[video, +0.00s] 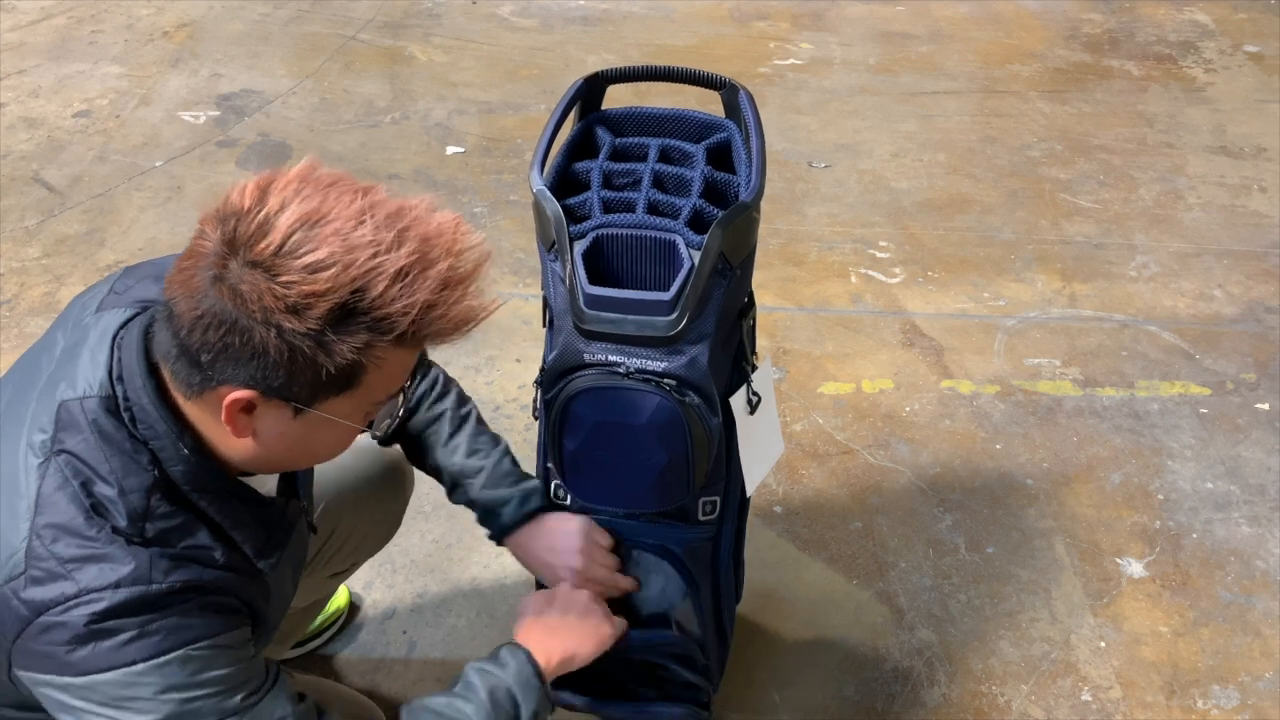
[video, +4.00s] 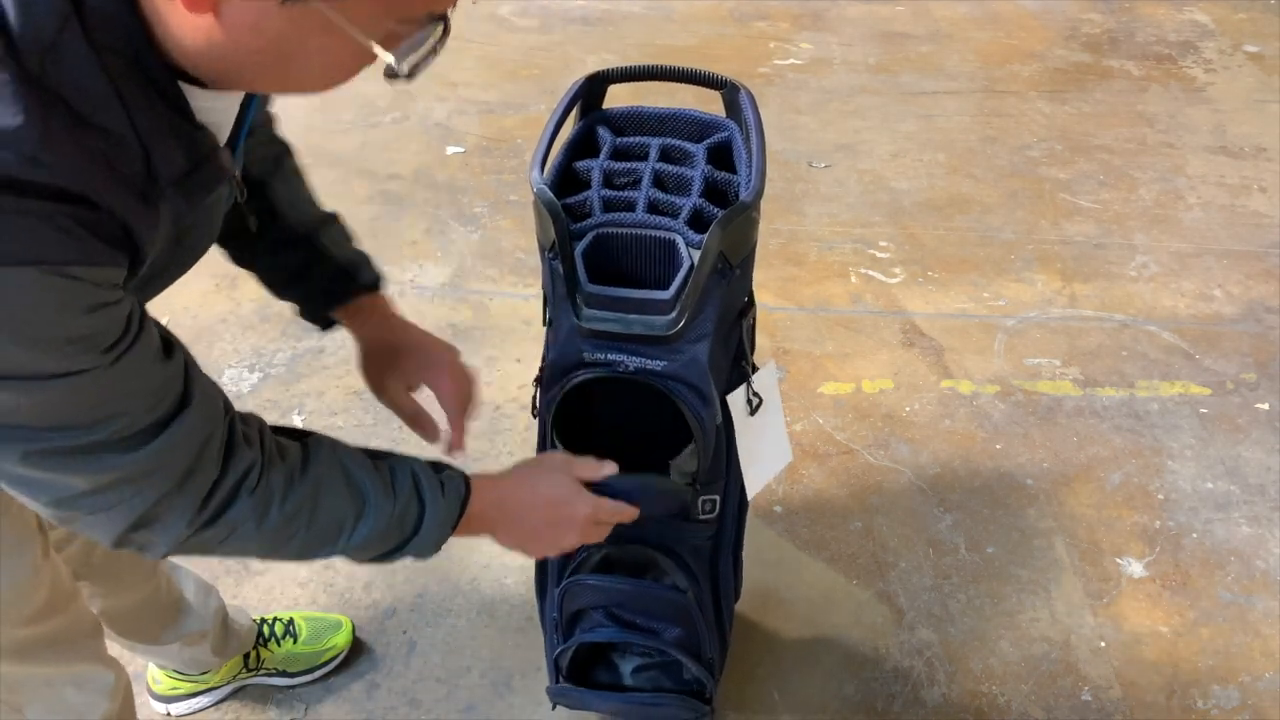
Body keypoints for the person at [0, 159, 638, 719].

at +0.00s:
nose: (380, 423)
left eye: (393, 397)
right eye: (368, 410)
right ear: (244, 414)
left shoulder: (185, 295)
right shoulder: (125, 631)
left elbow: (408, 385)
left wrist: (523, 517)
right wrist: (527, 660)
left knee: (378, 484)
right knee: (351, 711)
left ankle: (270, 636)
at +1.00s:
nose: (323, 290)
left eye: (316, 255)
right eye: (300, 278)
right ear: (163, 336)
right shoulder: (88, 572)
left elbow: (326, 380)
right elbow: (389, 676)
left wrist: (454, 386)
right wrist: (567, 459)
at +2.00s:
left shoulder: (192, 23)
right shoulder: (72, 119)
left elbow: (272, 202)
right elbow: (315, 450)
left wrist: (465, 337)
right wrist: (584, 420)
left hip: (15, 373)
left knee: (82, 533)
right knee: (42, 668)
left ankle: (198, 653)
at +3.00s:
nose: (483, 37)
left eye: (507, 20)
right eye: (504, 13)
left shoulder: (237, 14)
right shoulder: (164, 128)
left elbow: (316, 195)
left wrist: (461, 360)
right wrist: (537, 487)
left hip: (20, 392)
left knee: (94, 532)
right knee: (69, 666)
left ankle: (202, 654)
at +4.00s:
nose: (383, 63)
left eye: (398, 41)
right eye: (386, 41)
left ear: (206, 2)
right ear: (211, 3)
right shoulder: (25, 257)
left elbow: (226, 145)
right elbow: (191, 485)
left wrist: (369, 316)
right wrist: (480, 506)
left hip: (45, 363)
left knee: (94, 520)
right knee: (38, 620)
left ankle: (198, 653)